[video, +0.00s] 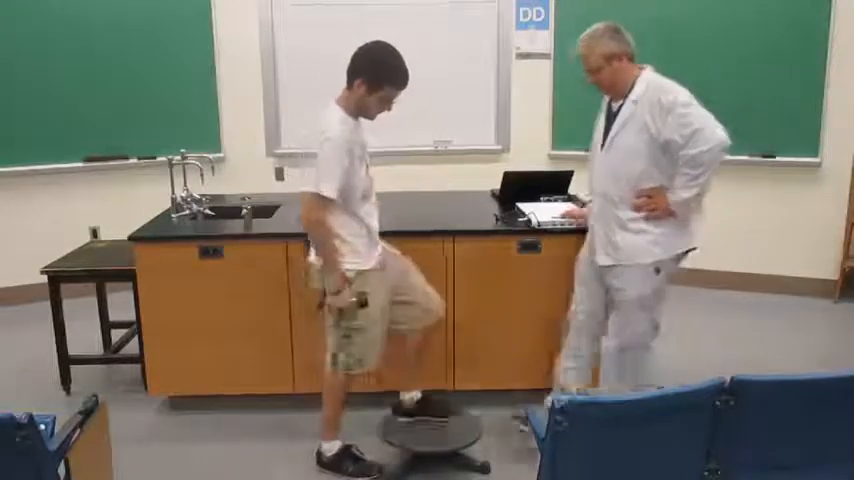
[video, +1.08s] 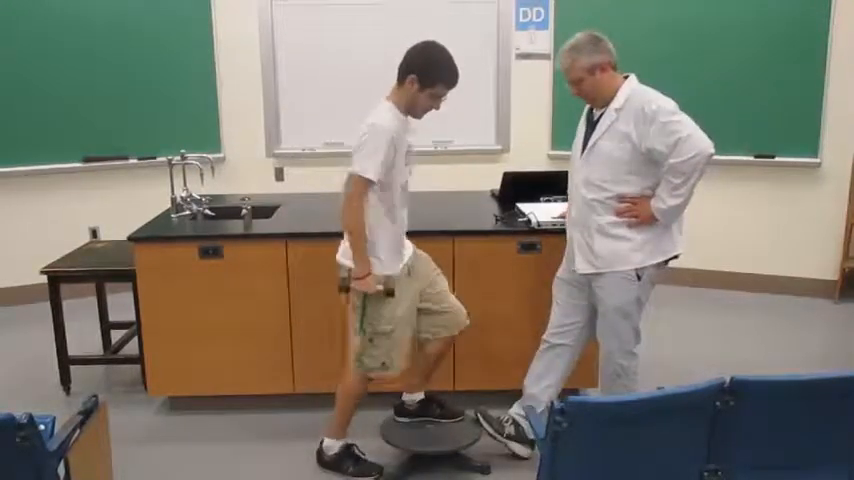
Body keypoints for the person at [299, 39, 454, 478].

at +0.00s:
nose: (390, 107)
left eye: (394, 98)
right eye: (387, 98)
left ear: (361, 87)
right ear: (360, 85)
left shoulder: (352, 124)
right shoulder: (337, 133)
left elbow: (347, 206)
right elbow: (312, 213)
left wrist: (375, 248)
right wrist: (336, 272)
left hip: (373, 255)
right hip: (346, 265)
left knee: (426, 311)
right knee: (343, 359)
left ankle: (409, 399)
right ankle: (330, 446)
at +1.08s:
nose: (438, 105)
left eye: (443, 97)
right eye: (437, 95)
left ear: (412, 84)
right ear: (411, 82)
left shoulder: (397, 123)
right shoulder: (382, 127)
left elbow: (380, 199)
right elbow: (353, 198)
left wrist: (397, 252)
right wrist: (362, 267)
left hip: (403, 257)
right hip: (375, 267)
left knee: (447, 322)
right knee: (365, 362)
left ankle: (412, 401)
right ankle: (333, 444)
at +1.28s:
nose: (461, 62)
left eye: (465, 54)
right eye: (459, 52)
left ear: (437, 42)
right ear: (434, 38)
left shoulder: (420, 82)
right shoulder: (401, 79)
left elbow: (404, 159)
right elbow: (361, 147)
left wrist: (420, 219)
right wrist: (372, 220)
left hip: (417, 225)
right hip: (395, 227)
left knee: (429, 319)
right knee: (416, 320)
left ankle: (412, 399)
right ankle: (358, 383)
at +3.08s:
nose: (472, 46)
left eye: (475, 37)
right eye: (472, 35)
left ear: (446, 26)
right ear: (450, 26)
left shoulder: (427, 75)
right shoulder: (422, 78)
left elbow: (419, 153)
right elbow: (415, 156)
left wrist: (451, 175)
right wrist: (439, 221)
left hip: (428, 220)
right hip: (422, 222)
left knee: (427, 318)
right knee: (422, 320)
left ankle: (422, 400)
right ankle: (414, 411)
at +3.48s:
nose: (476, 32)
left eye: (477, 23)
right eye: (474, 22)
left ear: (447, 21)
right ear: (458, 20)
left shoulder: (440, 68)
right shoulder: (428, 66)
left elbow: (435, 122)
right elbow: (426, 113)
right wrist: (434, 152)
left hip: (441, 214)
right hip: (425, 214)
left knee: (435, 313)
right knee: (424, 315)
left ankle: (424, 398)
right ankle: (414, 411)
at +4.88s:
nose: (473, 35)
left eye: (474, 26)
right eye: (470, 26)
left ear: (444, 25)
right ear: (443, 24)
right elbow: (408, 106)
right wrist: (402, 134)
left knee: (432, 314)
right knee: (420, 316)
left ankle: (422, 399)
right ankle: (412, 411)